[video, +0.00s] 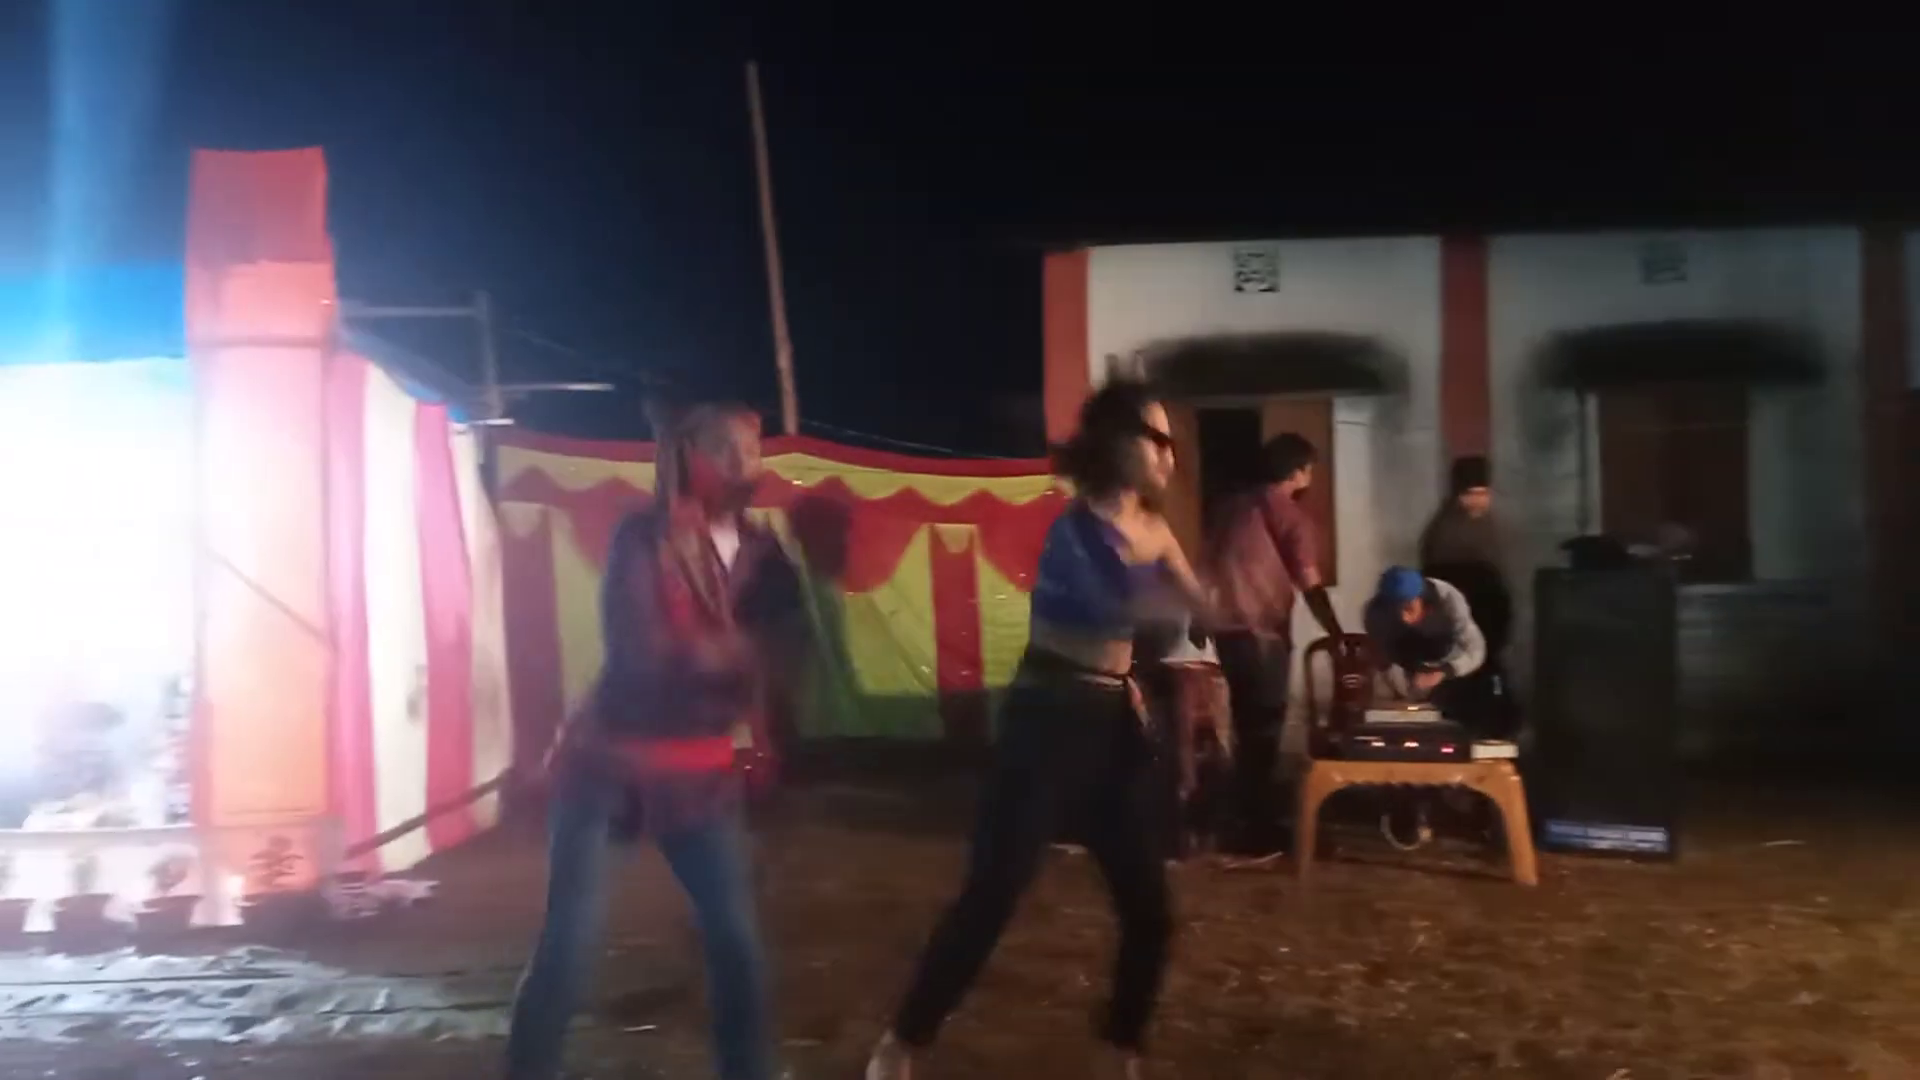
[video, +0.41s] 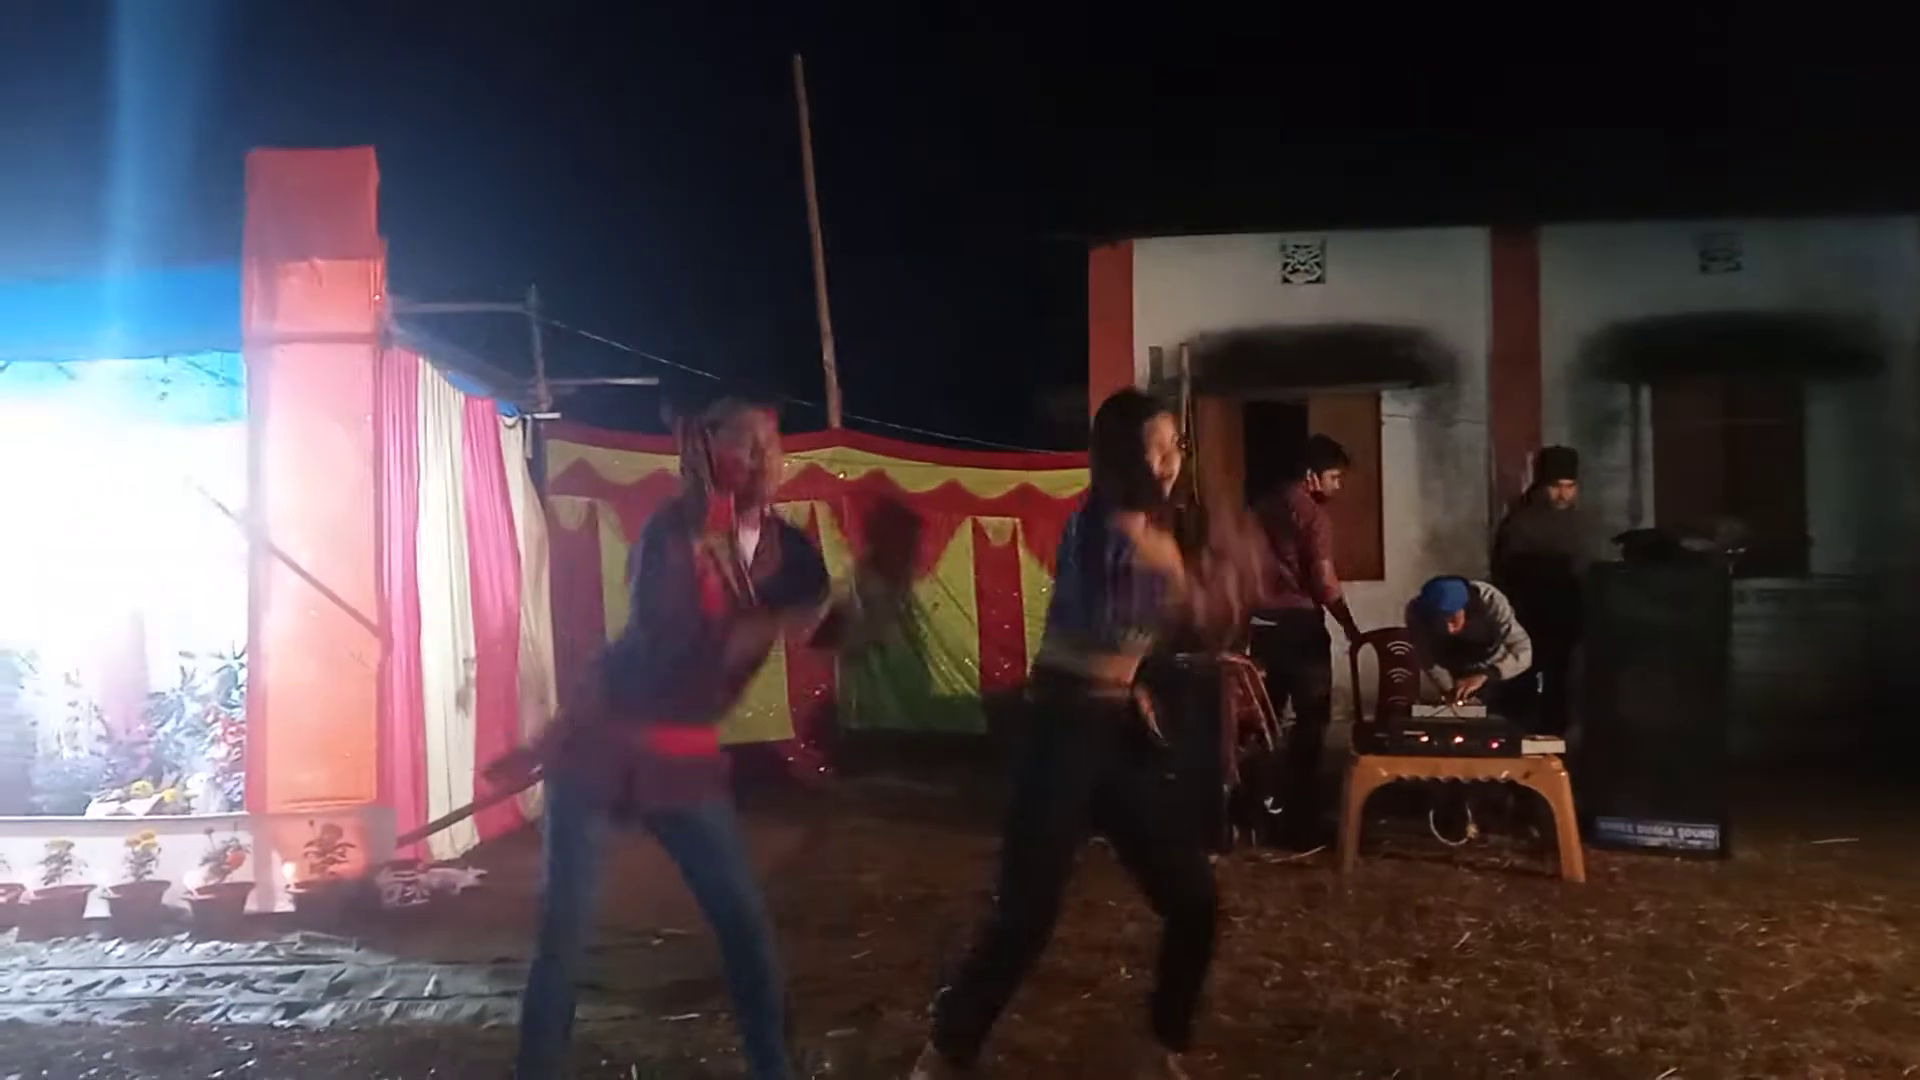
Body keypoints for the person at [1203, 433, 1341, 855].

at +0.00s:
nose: (1308, 481)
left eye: (1309, 473)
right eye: (1307, 473)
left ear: (1269, 465)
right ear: (1297, 472)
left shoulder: (1233, 503)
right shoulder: (1286, 510)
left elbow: (1213, 561)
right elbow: (1309, 583)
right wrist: (1337, 634)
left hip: (1228, 630)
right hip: (1264, 632)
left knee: (1248, 727)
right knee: (1264, 730)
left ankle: (1243, 823)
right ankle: (1255, 829)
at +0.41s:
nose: (1339, 486)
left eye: (1340, 478)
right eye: (1336, 478)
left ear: (1309, 474)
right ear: (1316, 475)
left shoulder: (1265, 506)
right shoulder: (1311, 513)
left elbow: (1252, 566)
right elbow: (1323, 581)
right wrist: (1352, 629)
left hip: (1263, 623)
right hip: (1303, 624)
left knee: (1264, 714)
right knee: (1313, 718)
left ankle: (1249, 803)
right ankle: (1301, 814)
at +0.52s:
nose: (1344, 469)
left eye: (1345, 461)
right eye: (1340, 461)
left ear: (1318, 457)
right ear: (1320, 458)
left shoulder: (1282, 482)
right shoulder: (1312, 493)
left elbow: (1254, 544)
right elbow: (1316, 564)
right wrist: (1363, 604)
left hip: (1263, 603)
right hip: (1298, 606)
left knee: (1268, 693)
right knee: (1327, 691)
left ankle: (1255, 781)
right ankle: (1307, 783)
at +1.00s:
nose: (1369, 505)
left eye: (1373, 498)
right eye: (1367, 497)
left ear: (1339, 482)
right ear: (1351, 489)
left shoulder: (1304, 503)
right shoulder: (1316, 512)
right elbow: (1332, 587)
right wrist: (1391, 608)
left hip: (1274, 614)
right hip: (1292, 619)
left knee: (1294, 707)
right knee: (1308, 707)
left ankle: (1294, 799)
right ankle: (1305, 808)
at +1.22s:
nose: (1377, 528)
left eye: (1381, 522)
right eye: (1377, 520)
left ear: (1355, 500)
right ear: (1363, 511)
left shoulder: (1323, 511)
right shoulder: (1321, 529)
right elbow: (1337, 600)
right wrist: (1388, 630)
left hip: (1286, 616)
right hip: (1285, 620)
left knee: (1303, 711)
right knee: (1307, 713)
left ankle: (1308, 809)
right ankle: (1308, 816)